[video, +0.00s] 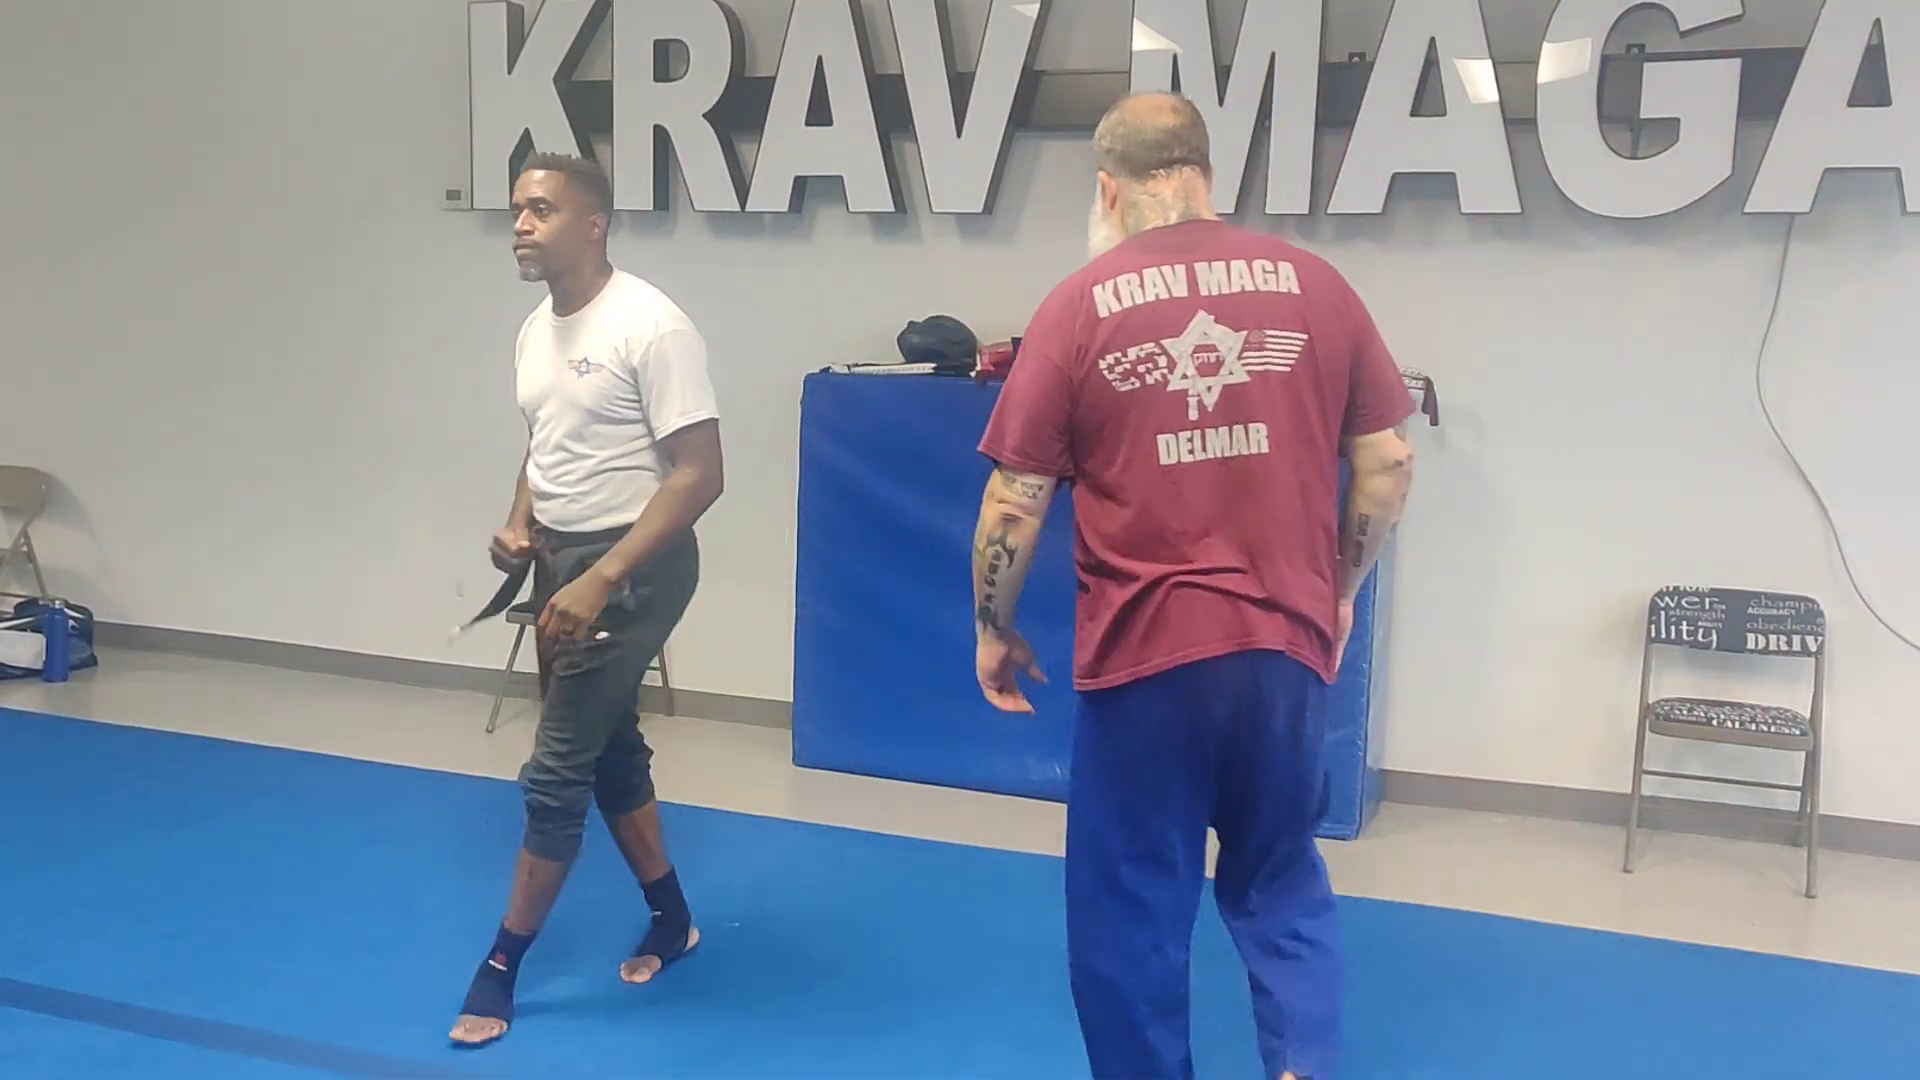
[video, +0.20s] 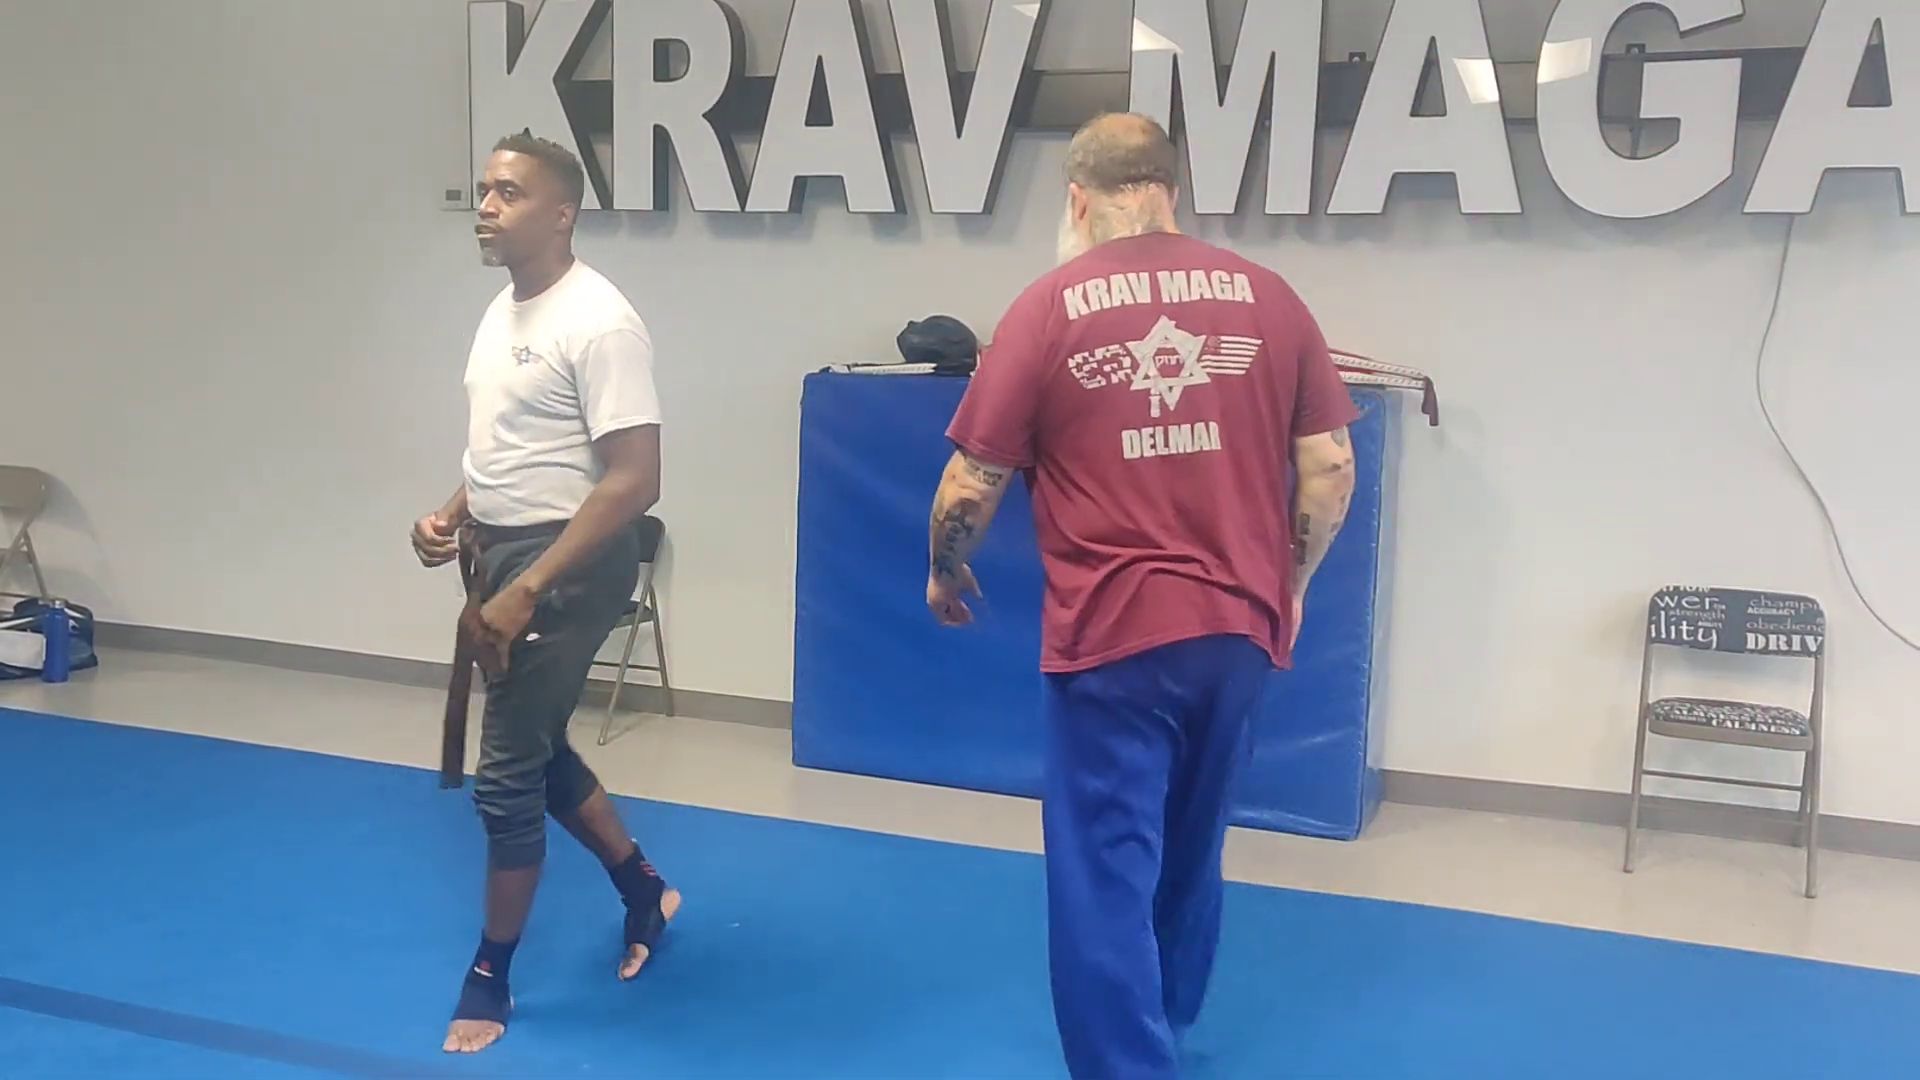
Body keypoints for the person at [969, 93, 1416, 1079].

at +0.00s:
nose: (1100, 204)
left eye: (1100, 191)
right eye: (1107, 190)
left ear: (1111, 187)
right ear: (1207, 176)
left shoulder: (1081, 304)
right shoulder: (1319, 283)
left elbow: (1013, 507)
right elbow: (1386, 462)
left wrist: (996, 628)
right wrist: (1343, 582)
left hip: (1146, 645)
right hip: (1290, 642)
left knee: (1130, 902)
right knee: (1280, 872)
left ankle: (1146, 1068)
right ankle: (1303, 1065)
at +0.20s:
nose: (1068, 223)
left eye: (1069, 209)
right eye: (1070, 210)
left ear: (1081, 203)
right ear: (1171, 200)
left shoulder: (1053, 303)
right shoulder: (1272, 295)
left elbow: (968, 492)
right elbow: (1330, 463)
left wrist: (947, 571)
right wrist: (1289, 582)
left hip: (1117, 625)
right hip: (1243, 623)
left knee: (1106, 862)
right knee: (1190, 844)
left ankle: (1127, 1062)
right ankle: (1163, 1027)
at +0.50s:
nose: (1043, 230)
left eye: (1044, 217)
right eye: (1049, 218)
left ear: (1060, 212)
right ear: (1139, 215)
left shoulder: (1031, 293)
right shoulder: (1210, 312)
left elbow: (963, 446)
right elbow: (1243, 466)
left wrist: (924, 572)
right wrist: (1181, 554)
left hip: (1045, 594)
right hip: (1158, 600)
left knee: (994, 774)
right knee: (1116, 805)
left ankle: (1052, 963)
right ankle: (1106, 1004)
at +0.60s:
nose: (1024, 229)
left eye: (1025, 216)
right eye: (1030, 218)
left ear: (1039, 210)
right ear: (1116, 213)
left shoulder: (1017, 290)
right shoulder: (1188, 304)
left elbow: (960, 436)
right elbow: (1215, 452)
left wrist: (922, 564)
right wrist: (1156, 532)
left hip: (1024, 580)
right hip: (1139, 587)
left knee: (969, 772)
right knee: (1122, 797)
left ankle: (982, 975)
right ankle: (1106, 1000)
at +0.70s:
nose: (998, 235)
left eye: (998, 223)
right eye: (1003, 224)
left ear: (1013, 217)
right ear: (1086, 218)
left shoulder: (992, 299)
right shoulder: (1158, 306)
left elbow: (951, 440)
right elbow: (1188, 446)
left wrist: (916, 569)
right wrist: (1127, 525)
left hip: (1010, 577)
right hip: (1122, 584)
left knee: (958, 772)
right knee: (1116, 794)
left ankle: (929, 940)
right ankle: (1106, 998)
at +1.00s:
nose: (897, 239)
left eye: (897, 228)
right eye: (901, 227)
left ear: (909, 229)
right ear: (980, 222)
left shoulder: (896, 318)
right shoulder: (1057, 303)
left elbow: (849, 461)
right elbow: (1105, 436)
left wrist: (828, 563)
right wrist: (1076, 521)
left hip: (936, 568)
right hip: (1039, 563)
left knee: (922, 756)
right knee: (1048, 744)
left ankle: (932, 933)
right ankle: (1065, 875)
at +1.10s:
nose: (880, 236)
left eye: (880, 225)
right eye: (883, 224)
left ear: (891, 225)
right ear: (961, 221)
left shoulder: (875, 312)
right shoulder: (1035, 301)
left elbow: (819, 455)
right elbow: (1084, 426)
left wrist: (792, 540)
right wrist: (1057, 516)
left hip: (921, 561)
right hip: (1021, 556)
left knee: (908, 751)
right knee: (1011, 723)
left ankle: (924, 933)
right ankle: (1023, 860)